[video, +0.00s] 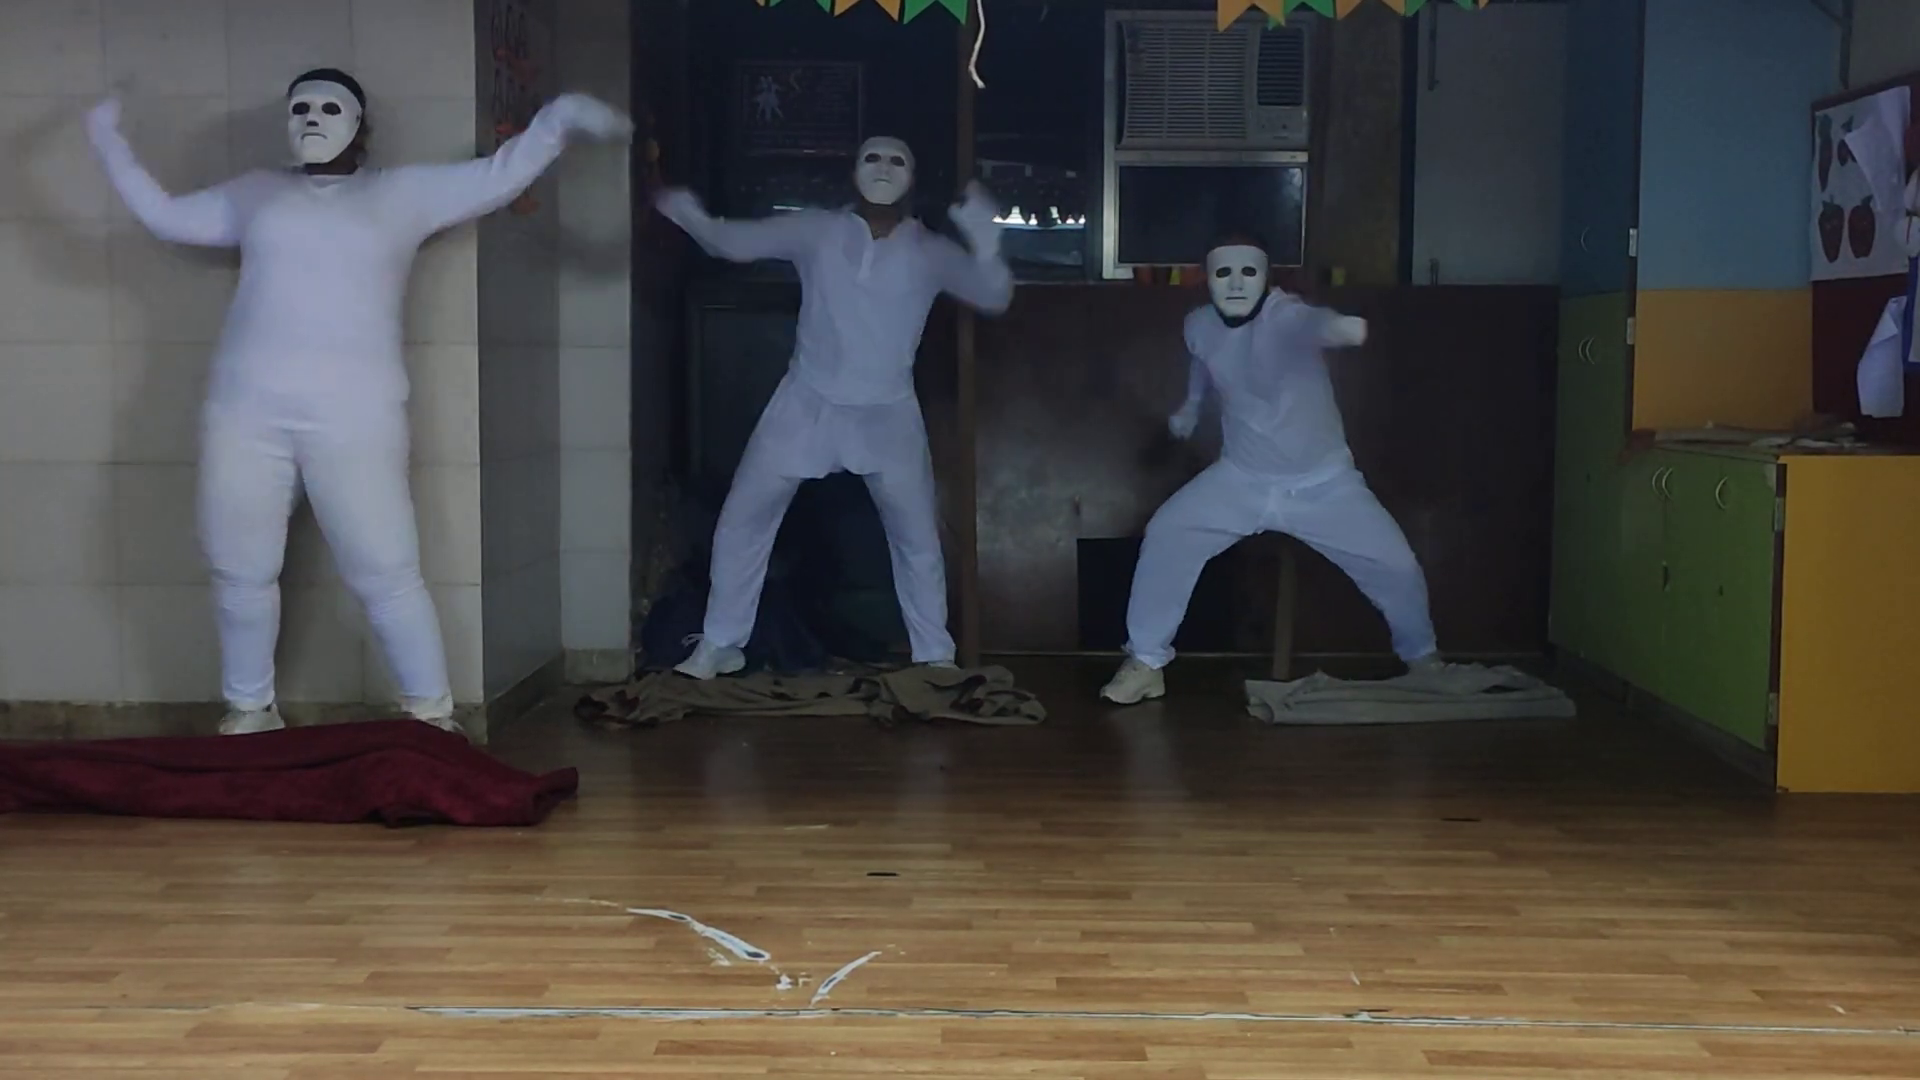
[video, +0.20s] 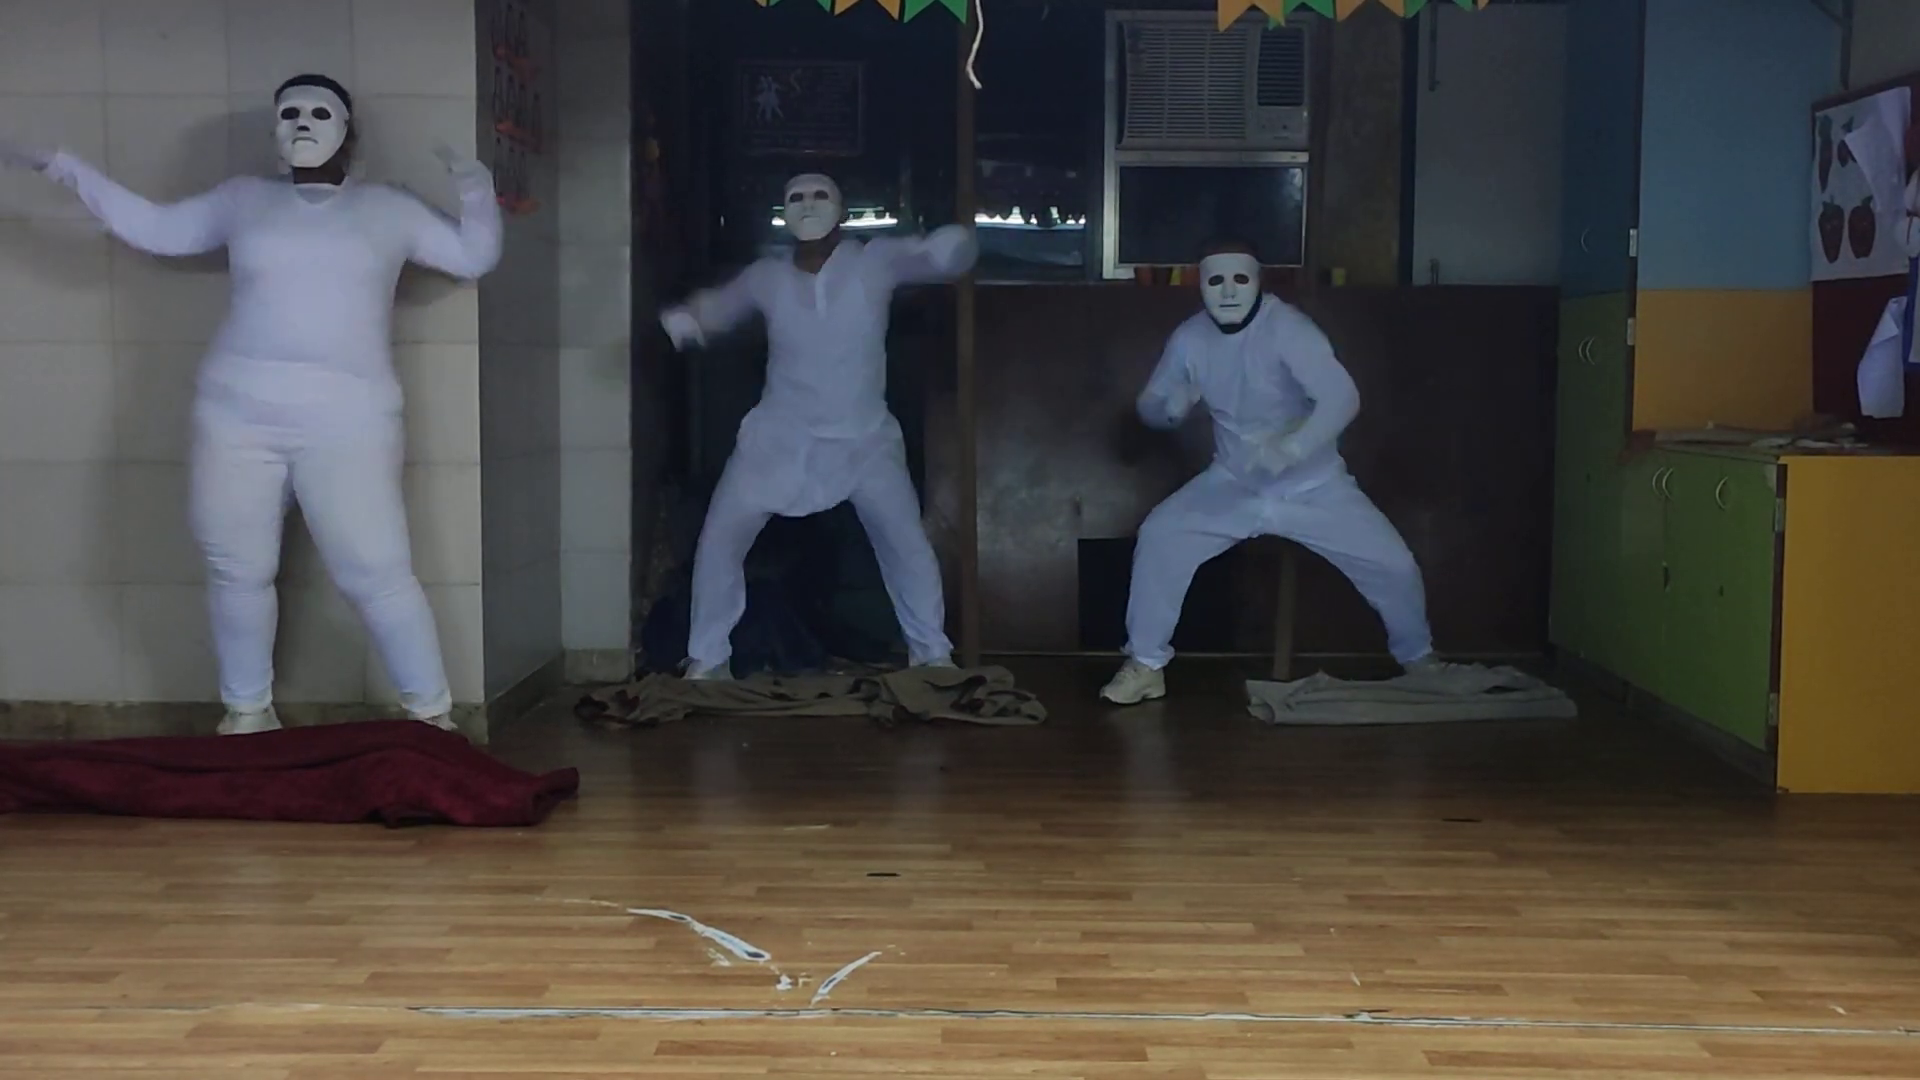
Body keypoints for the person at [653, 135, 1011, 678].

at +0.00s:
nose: (882, 170)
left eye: (896, 163)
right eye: (872, 160)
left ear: (913, 181)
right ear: (854, 174)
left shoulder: (932, 252)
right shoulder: (818, 231)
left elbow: (994, 296)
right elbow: (734, 242)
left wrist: (985, 240)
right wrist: (691, 216)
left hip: (888, 414)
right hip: (805, 405)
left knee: (917, 538)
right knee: (742, 521)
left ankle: (935, 657)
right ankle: (722, 645)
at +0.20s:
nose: (808, 208)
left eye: (821, 198)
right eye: (797, 200)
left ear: (841, 212)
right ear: (784, 214)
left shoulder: (875, 260)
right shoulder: (766, 276)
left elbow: (933, 257)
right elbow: (720, 305)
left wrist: (953, 246)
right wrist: (687, 319)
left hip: (863, 436)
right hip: (779, 437)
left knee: (906, 543)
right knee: (720, 540)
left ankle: (932, 658)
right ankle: (708, 665)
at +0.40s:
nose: (778, 158)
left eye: (788, 148)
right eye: (765, 149)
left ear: (804, 161)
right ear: (747, 164)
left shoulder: (834, 232)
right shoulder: (728, 232)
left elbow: (884, 306)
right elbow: (672, 300)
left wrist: (861, 375)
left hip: (839, 403)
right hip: (757, 409)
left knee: (897, 505)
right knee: (724, 529)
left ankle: (924, 636)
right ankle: (709, 661)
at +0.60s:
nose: (776, 171)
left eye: (786, 161)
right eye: (761, 162)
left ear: (798, 173)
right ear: (742, 176)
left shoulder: (823, 244)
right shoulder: (720, 233)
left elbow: (857, 319)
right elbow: (645, 192)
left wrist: (877, 267)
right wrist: (656, 146)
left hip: (828, 395)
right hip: (752, 407)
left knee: (888, 448)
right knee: (720, 541)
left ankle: (879, 568)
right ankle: (709, 658)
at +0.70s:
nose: (778, 156)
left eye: (788, 147)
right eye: (766, 148)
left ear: (801, 161)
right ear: (747, 165)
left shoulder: (829, 227)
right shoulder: (724, 236)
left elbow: (903, 225)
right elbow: (654, 270)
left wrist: (886, 153)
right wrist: (727, 293)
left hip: (835, 400)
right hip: (754, 407)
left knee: (898, 474)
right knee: (723, 534)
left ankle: (877, 592)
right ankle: (710, 659)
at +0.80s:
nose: (789, 150)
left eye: (799, 142)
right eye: (775, 143)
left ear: (814, 153)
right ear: (758, 159)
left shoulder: (841, 198)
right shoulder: (745, 238)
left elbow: (895, 128)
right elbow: (714, 330)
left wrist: (947, 70)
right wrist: (744, 380)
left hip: (848, 393)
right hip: (768, 398)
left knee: (898, 512)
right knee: (731, 528)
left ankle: (916, 639)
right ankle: (712, 657)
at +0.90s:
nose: (782, 185)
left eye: (793, 174)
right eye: (770, 176)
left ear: (817, 182)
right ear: (757, 190)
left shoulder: (851, 229)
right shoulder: (757, 272)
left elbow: (920, 169)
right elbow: (748, 348)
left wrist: (912, 82)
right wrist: (765, 369)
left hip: (864, 413)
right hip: (786, 421)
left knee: (907, 533)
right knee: (737, 532)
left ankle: (930, 656)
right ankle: (714, 660)